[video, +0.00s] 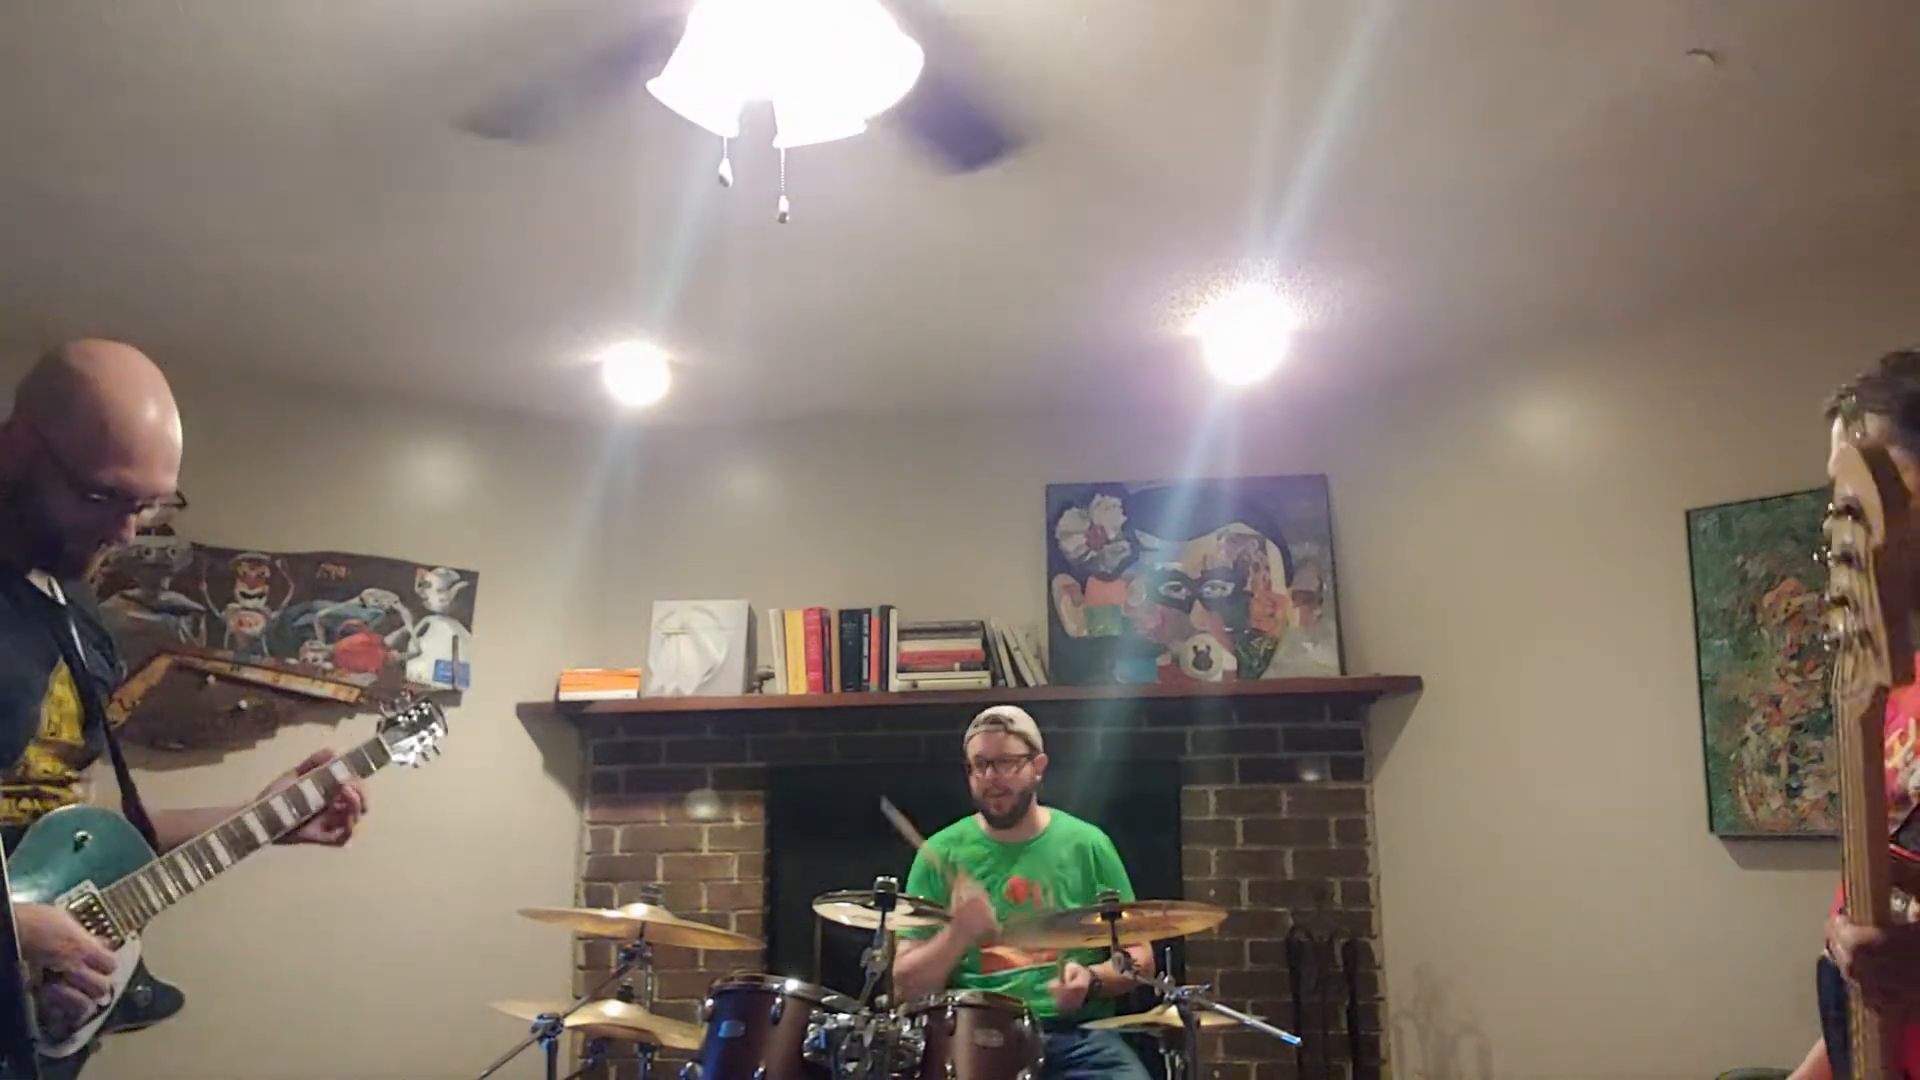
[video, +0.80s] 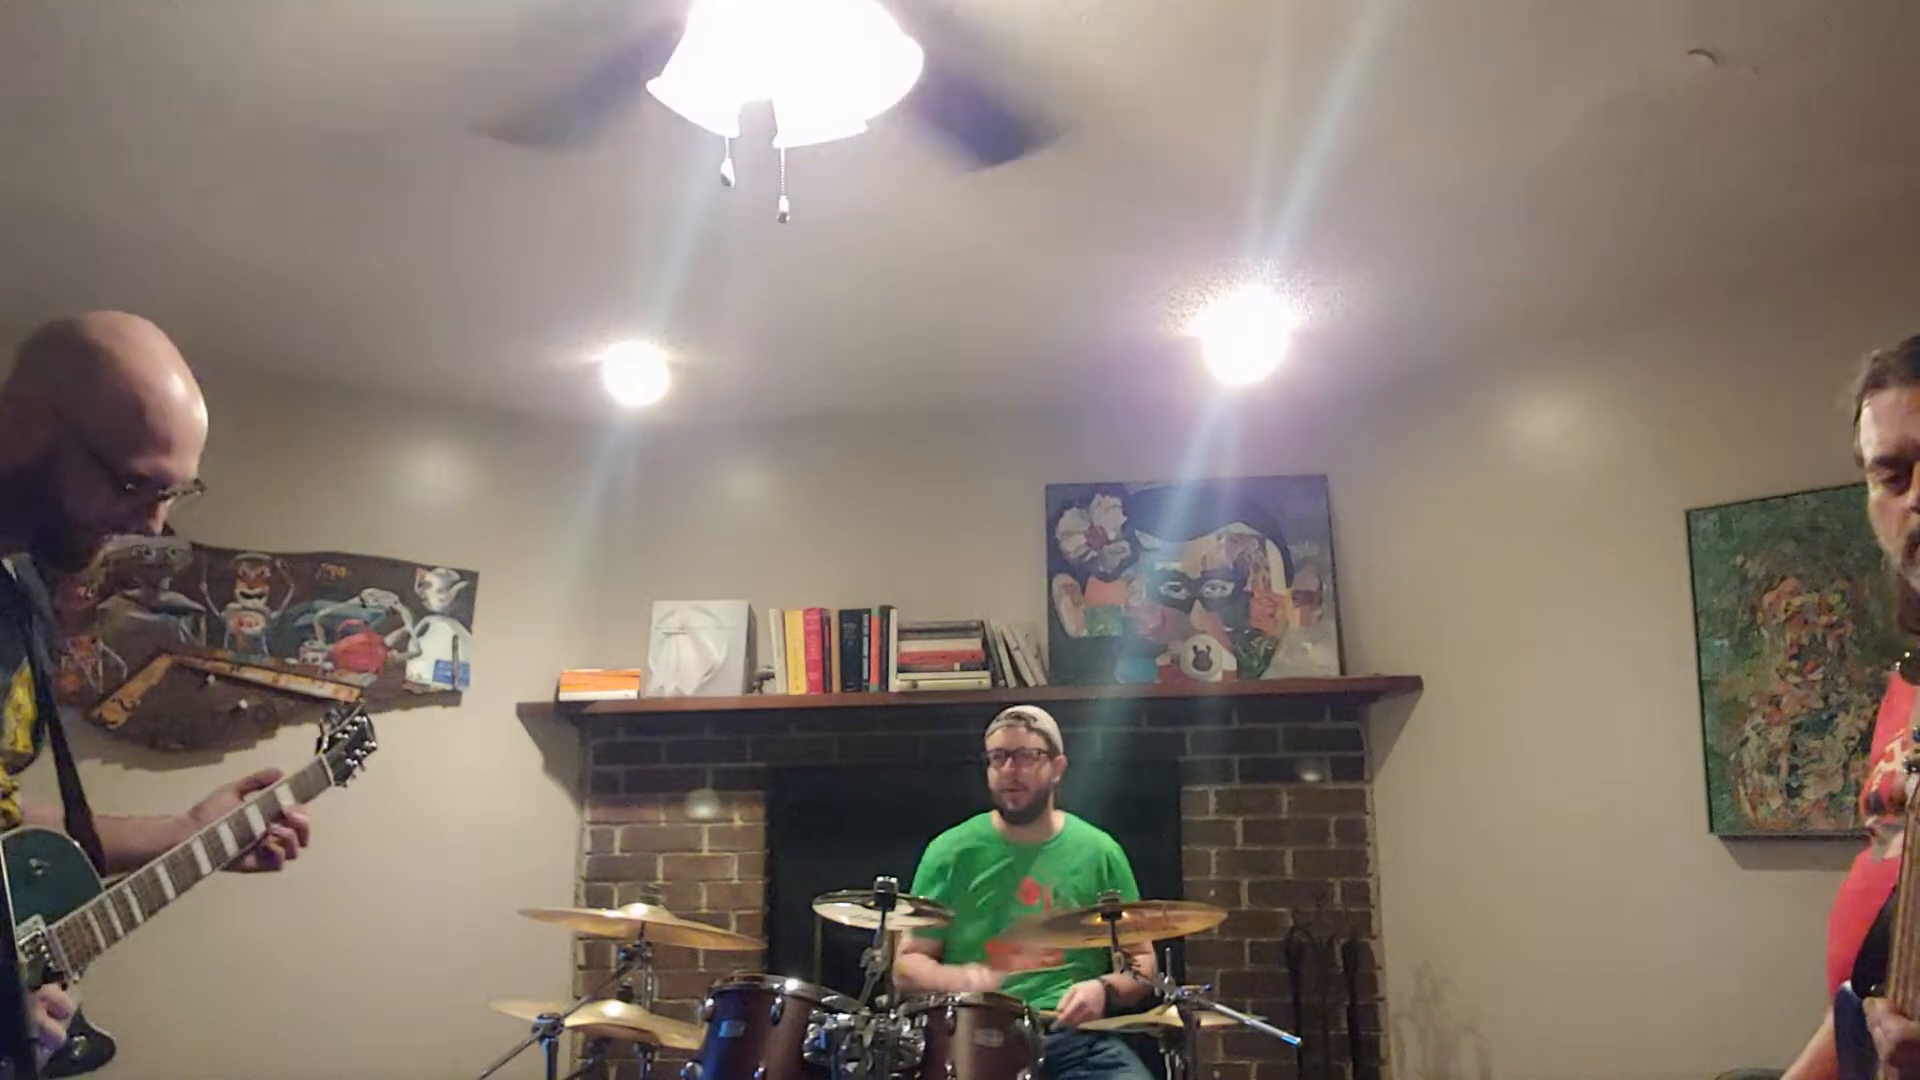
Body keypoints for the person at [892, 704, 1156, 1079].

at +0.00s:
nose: (993, 778)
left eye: (1008, 764)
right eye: (981, 765)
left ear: (1038, 767)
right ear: (967, 771)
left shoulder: (1088, 845)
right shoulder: (939, 854)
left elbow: (1140, 958)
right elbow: (904, 984)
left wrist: (1093, 976)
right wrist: (957, 933)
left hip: (1074, 1029)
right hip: (972, 1031)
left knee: (1130, 1074)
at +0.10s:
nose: (983, 782)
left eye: (999, 766)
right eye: (973, 768)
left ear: (1032, 767)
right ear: (962, 772)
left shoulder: (1086, 845)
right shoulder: (938, 849)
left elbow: (1140, 958)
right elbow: (912, 981)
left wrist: (1090, 980)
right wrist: (952, 883)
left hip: (1073, 1032)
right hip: (968, 1032)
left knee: (1132, 1075)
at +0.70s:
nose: (1000, 774)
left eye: (1017, 759)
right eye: (990, 761)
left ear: (1052, 767)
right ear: (980, 768)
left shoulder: (1095, 850)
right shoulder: (948, 847)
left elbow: (1143, 966)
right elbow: (907, 977)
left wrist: (1097, 982)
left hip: (1072, 1031)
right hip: (970, 1031)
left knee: (1131, 1074)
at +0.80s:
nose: (1009, 771)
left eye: (1026, 757)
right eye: (999, 758)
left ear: (1057, 768)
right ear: (987, 768)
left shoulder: (1099, 852)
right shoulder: (949, 852)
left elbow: (1143, 965)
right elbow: (908, 966)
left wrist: (1105, 988)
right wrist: (959, 978)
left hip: (1073, 1032)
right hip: (974, 1031)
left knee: (1133, 1075)